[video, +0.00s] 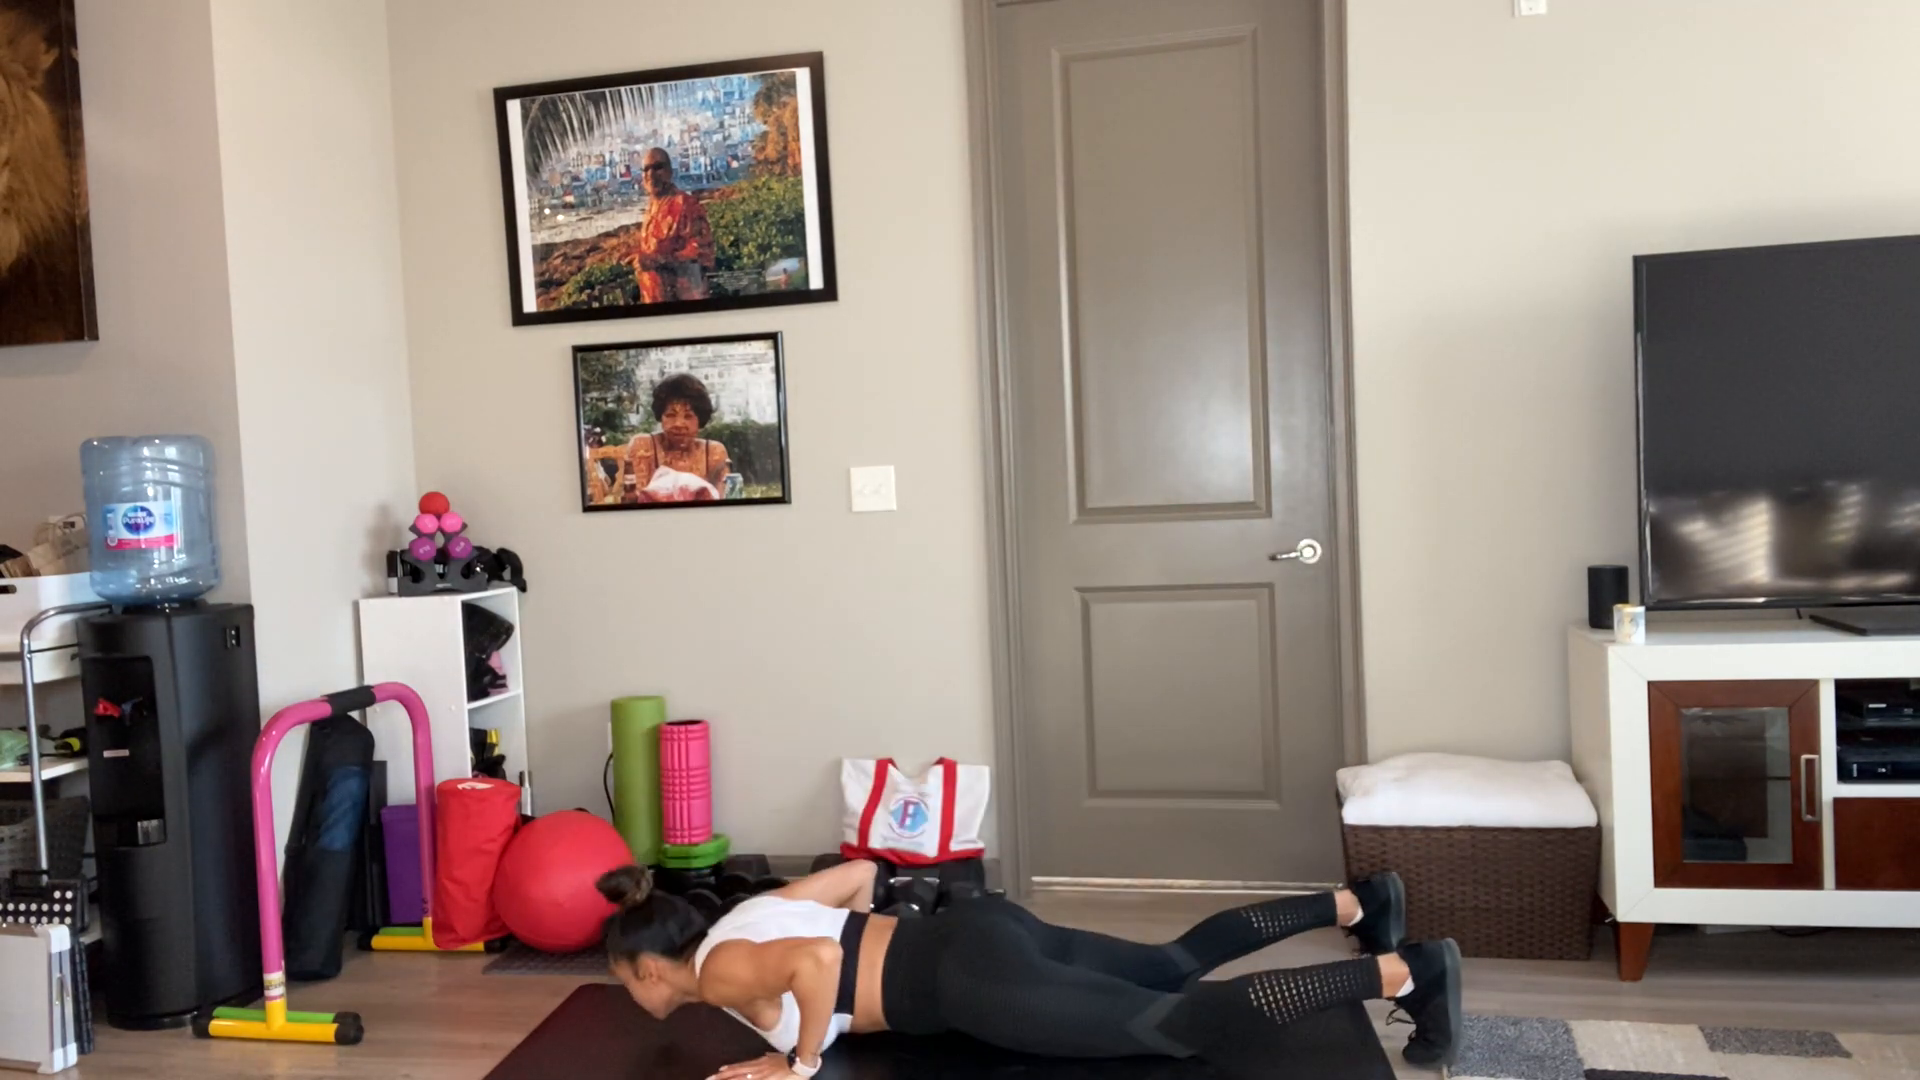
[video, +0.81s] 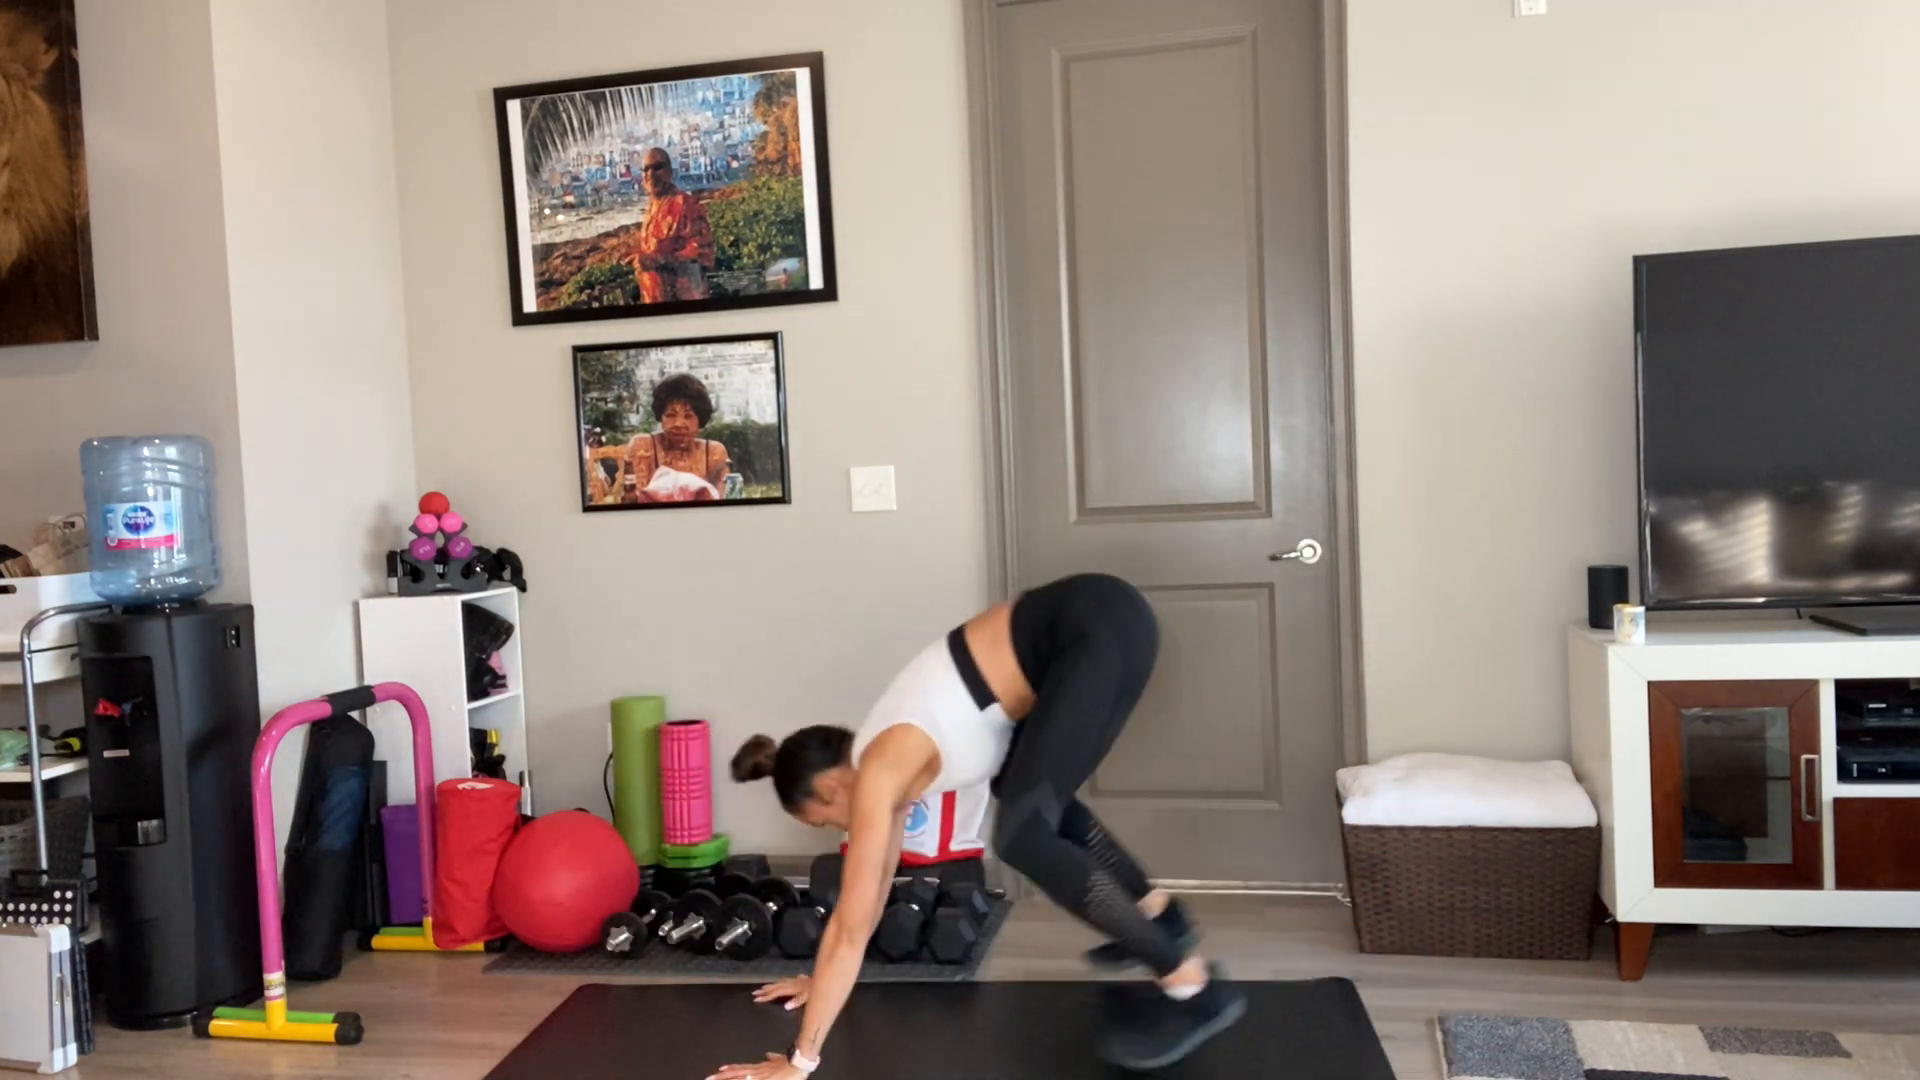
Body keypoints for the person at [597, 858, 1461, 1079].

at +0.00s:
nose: (637, 995)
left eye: (633, 980)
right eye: (630, 984)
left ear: (661, 959)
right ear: (675, 932)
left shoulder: (720, 967)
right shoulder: (747, 921)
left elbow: (817, 964)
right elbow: (857, 880)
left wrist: (797, 1059)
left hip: (951, 972)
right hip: (965, 924)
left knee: (1161, 1022)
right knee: (1169, 973)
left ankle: (1392, 984)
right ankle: (1356, 919)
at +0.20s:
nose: (650, 867)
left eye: (651, 853)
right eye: (647, 853)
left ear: (682, 841)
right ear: (698, 826)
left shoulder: (745, 884)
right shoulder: (762, 838)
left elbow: (827, 975)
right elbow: (837, 905)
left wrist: (800, 1063)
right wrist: (796, 971)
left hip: (960, 946)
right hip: (974, 899)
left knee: (1166, 1026)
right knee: (1170, 965)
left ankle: (1392, 968)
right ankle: (1347, 891)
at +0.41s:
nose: (689, 784)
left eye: (688, 766)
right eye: (684, 771)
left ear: (719, 745)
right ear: (733, 733)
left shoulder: (786, 790)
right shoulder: (813, 752)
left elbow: (812, 941)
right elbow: (850, 884)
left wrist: (800, 1059)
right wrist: (821, 969)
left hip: (993, 871)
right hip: (1005, 846)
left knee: (1168, 1001)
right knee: (1174, 959)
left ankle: (1394, 968)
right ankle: (1361, 909)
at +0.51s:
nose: (701, 787)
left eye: (694, 772)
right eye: (691, 776)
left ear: (715, 743)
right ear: (729, 729)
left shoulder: (789, 775)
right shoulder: (808, 737)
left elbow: (804, 914)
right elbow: (840, 877)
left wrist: (803, 1045)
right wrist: (819, 971)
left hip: (1020, 797)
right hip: (1027, 774)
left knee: (1186, 946)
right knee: (1189, 900)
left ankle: (1417, 971)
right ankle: (1378, 909)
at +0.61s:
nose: (719, 808)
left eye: (708, 793)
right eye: (707, 796)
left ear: (725, 768)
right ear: (741, 745)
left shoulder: (797, 768)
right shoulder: (813, 749)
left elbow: (807, 912)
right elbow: (839, 891)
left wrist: (803, 1050)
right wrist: (812, 977)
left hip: (1029, 696)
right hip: (1032, 695)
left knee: (1160, 887)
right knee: (1161, 853)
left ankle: (1385, 947)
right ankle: (1340, 880)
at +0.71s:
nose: (790, 822)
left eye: (778, 810)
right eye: (777, 815)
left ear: (788, 775)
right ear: (797, 757)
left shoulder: (842, 767)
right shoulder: (860, 756)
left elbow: (823, 914)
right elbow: (856, 891)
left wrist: (800, 1055)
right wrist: (825, 975)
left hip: (1057, 636)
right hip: (1060, 638)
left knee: (1092, 860)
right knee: (1094, 819)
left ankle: (1307, 931)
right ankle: (1255, 872)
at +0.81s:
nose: (833, 828)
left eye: (822, 818)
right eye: (822, 822)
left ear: (834, 783)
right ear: (834, 764)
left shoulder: (883, 773)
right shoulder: (885, 751)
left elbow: (853, 930)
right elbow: (871, 889)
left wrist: (801, 1058)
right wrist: (827, 974)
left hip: (1100, 630)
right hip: (1088, 625)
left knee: (1021, 835)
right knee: (1033, 795)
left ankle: (1191, 982)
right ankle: (1155, 913)